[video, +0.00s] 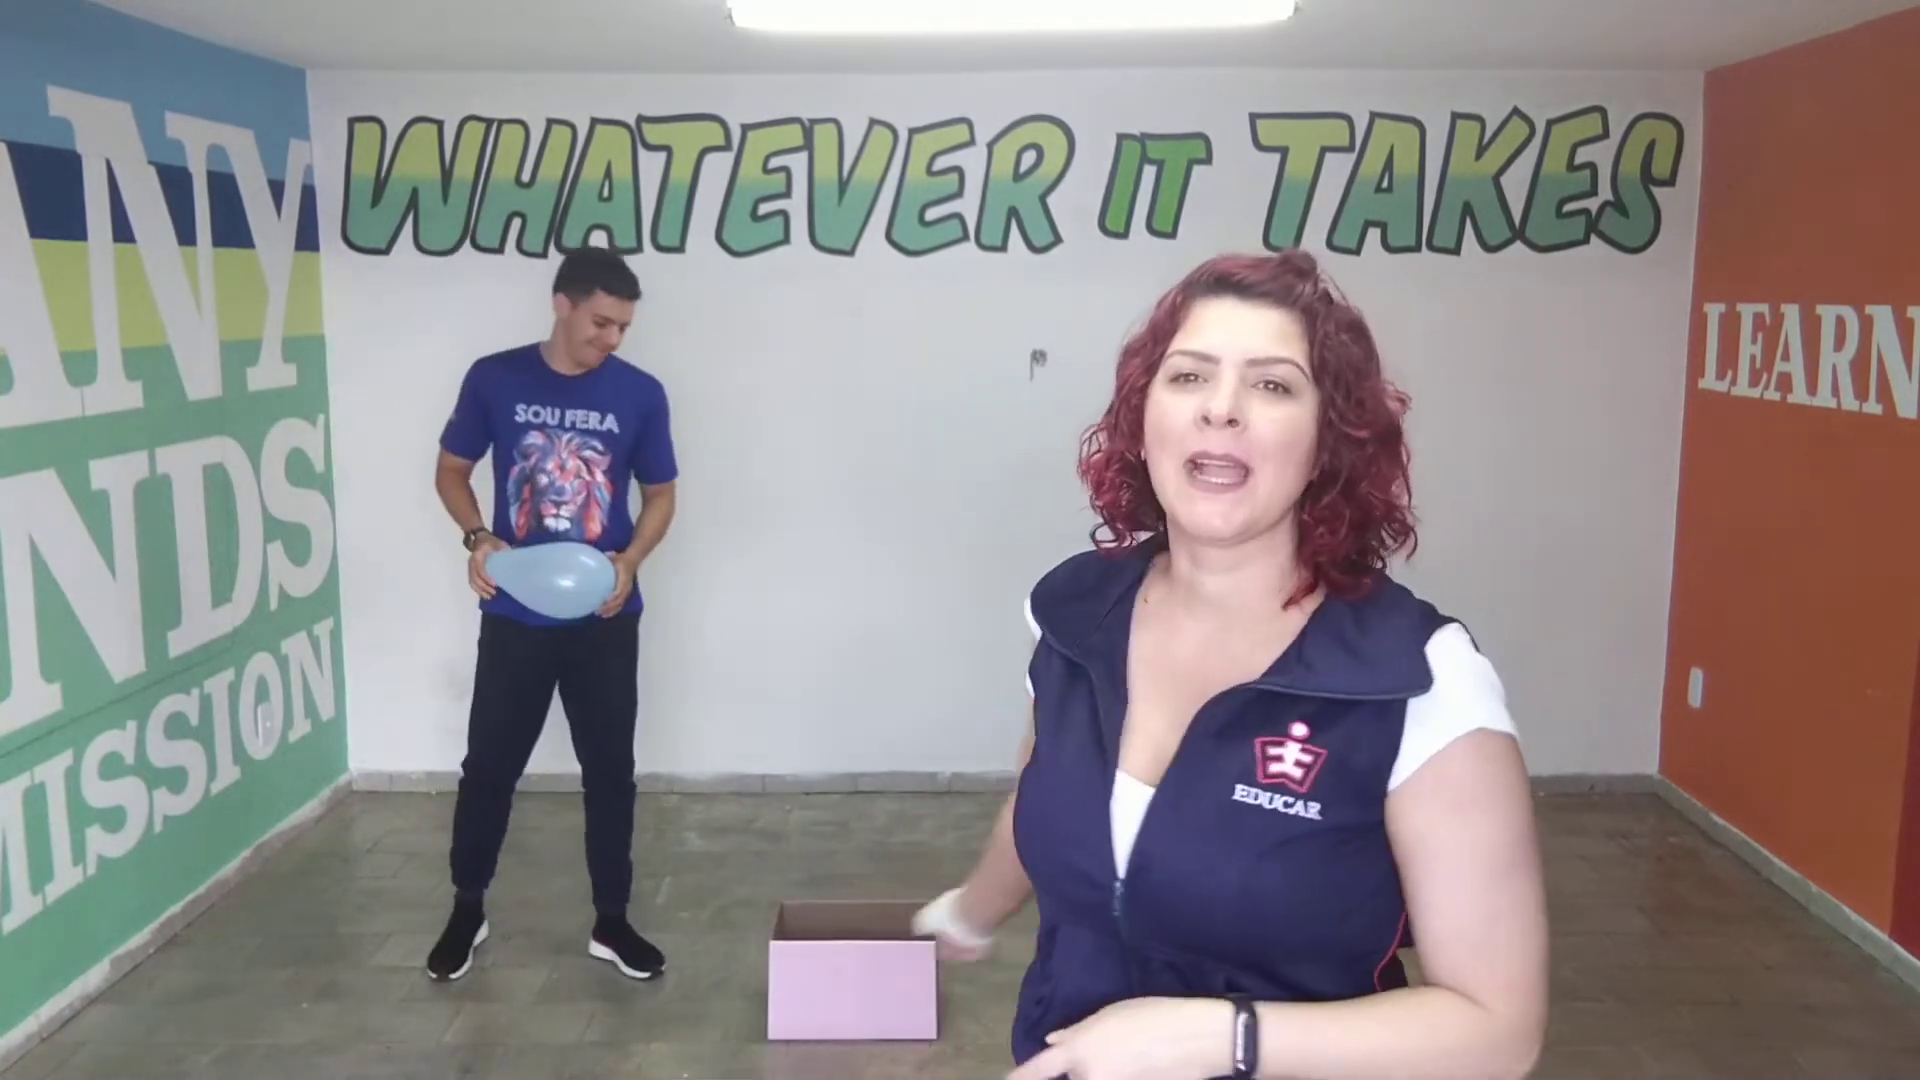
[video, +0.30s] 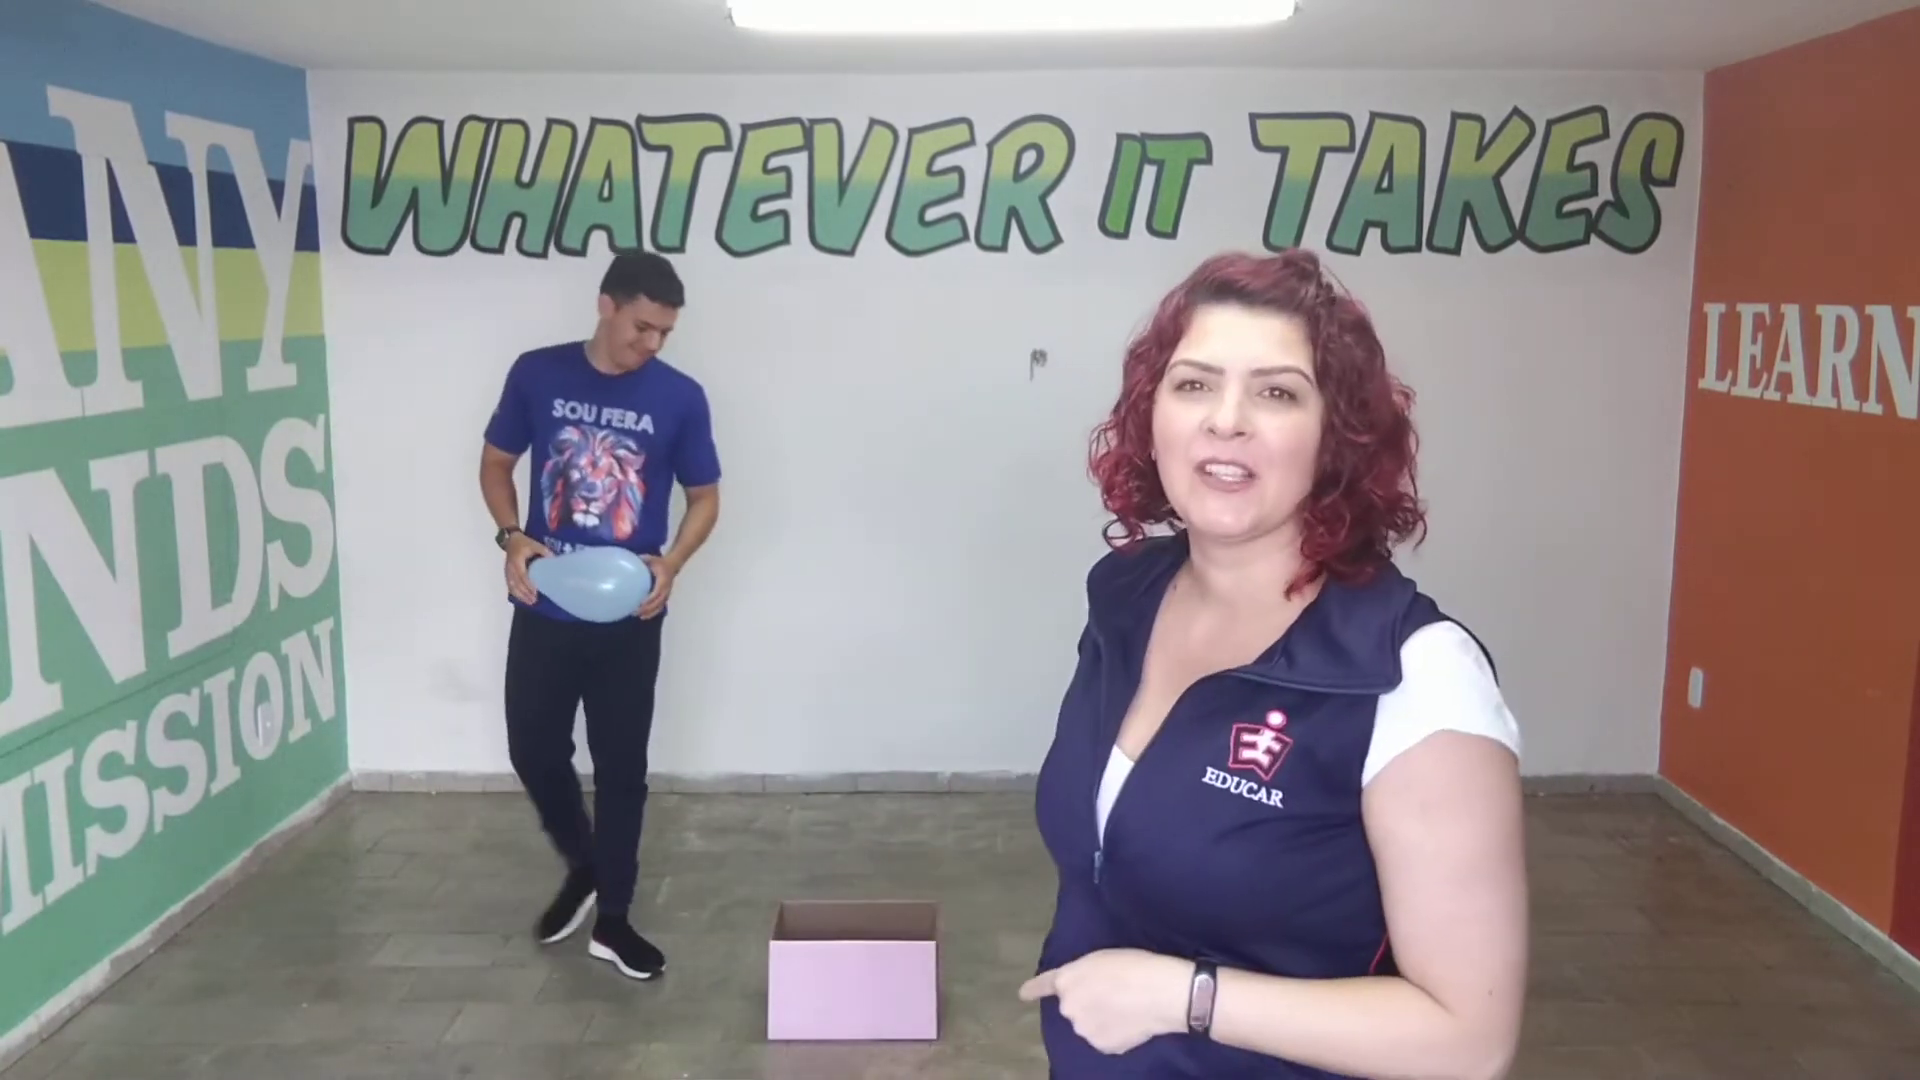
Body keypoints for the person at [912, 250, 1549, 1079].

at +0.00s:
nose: (1220, 409)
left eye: (1273, 385)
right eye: (1189, 376)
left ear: (1330, 438)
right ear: (1140, 413)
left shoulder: (1420, 675)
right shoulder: (1079, 613)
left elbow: (1498, 1029)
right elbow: (1045, 797)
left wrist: (1223, 1039)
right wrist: (965, 918)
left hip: (1286, 1077)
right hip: (1061, 1065)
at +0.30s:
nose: (1226, 423)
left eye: (1276, 393)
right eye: (1194, 385)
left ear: (1336, 432)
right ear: (1150, 414)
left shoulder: (1417, 676)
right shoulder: (1124, 595)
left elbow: (1469, 1036)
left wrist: (1188, 997)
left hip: (1271, 1063)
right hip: (1084, 1053)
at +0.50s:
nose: (1241, 419)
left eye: (1292, 389)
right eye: (1210, 382)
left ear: (1353, 426)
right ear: (1170, 409)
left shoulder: (1440, 664)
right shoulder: (1153, 585)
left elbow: (1503, 1017)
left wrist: (1218, 982)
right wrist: (1114, 913)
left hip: (1328, 1060)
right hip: (1133, 1054)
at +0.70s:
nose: (1266, 423)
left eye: (1315, 394)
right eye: (1237, 389)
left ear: (1379, 430)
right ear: (1197, 414)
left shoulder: (1470, 664)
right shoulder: (1182, 592)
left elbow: (1542, 1001)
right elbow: (1169, 807)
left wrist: (1264, 971)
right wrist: (1057, 926)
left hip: (1384, 1059)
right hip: (1187, 1056)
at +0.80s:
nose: (1280, 432)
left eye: (1330, 402)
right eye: (1252, 397)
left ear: (1391, 439)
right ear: (1213, 424)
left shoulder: (1486, 672)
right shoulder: (1200, 601)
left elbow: (1560, 1001)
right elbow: (1185, 817)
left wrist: (1293, 973)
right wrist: (1066, 946)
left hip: (1410, 1064)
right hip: (1210, 1060)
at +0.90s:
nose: (1296, 433)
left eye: (1346, 406)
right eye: (1270, 399)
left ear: (1408, 443)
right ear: (1230, 426)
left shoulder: (1509, 672)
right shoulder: (1217, 602)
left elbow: (1581, 989)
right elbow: (1203, 823)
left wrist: (1320, 968)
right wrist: (1100, 971)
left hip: (1427, 1061)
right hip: (1227, 1056)